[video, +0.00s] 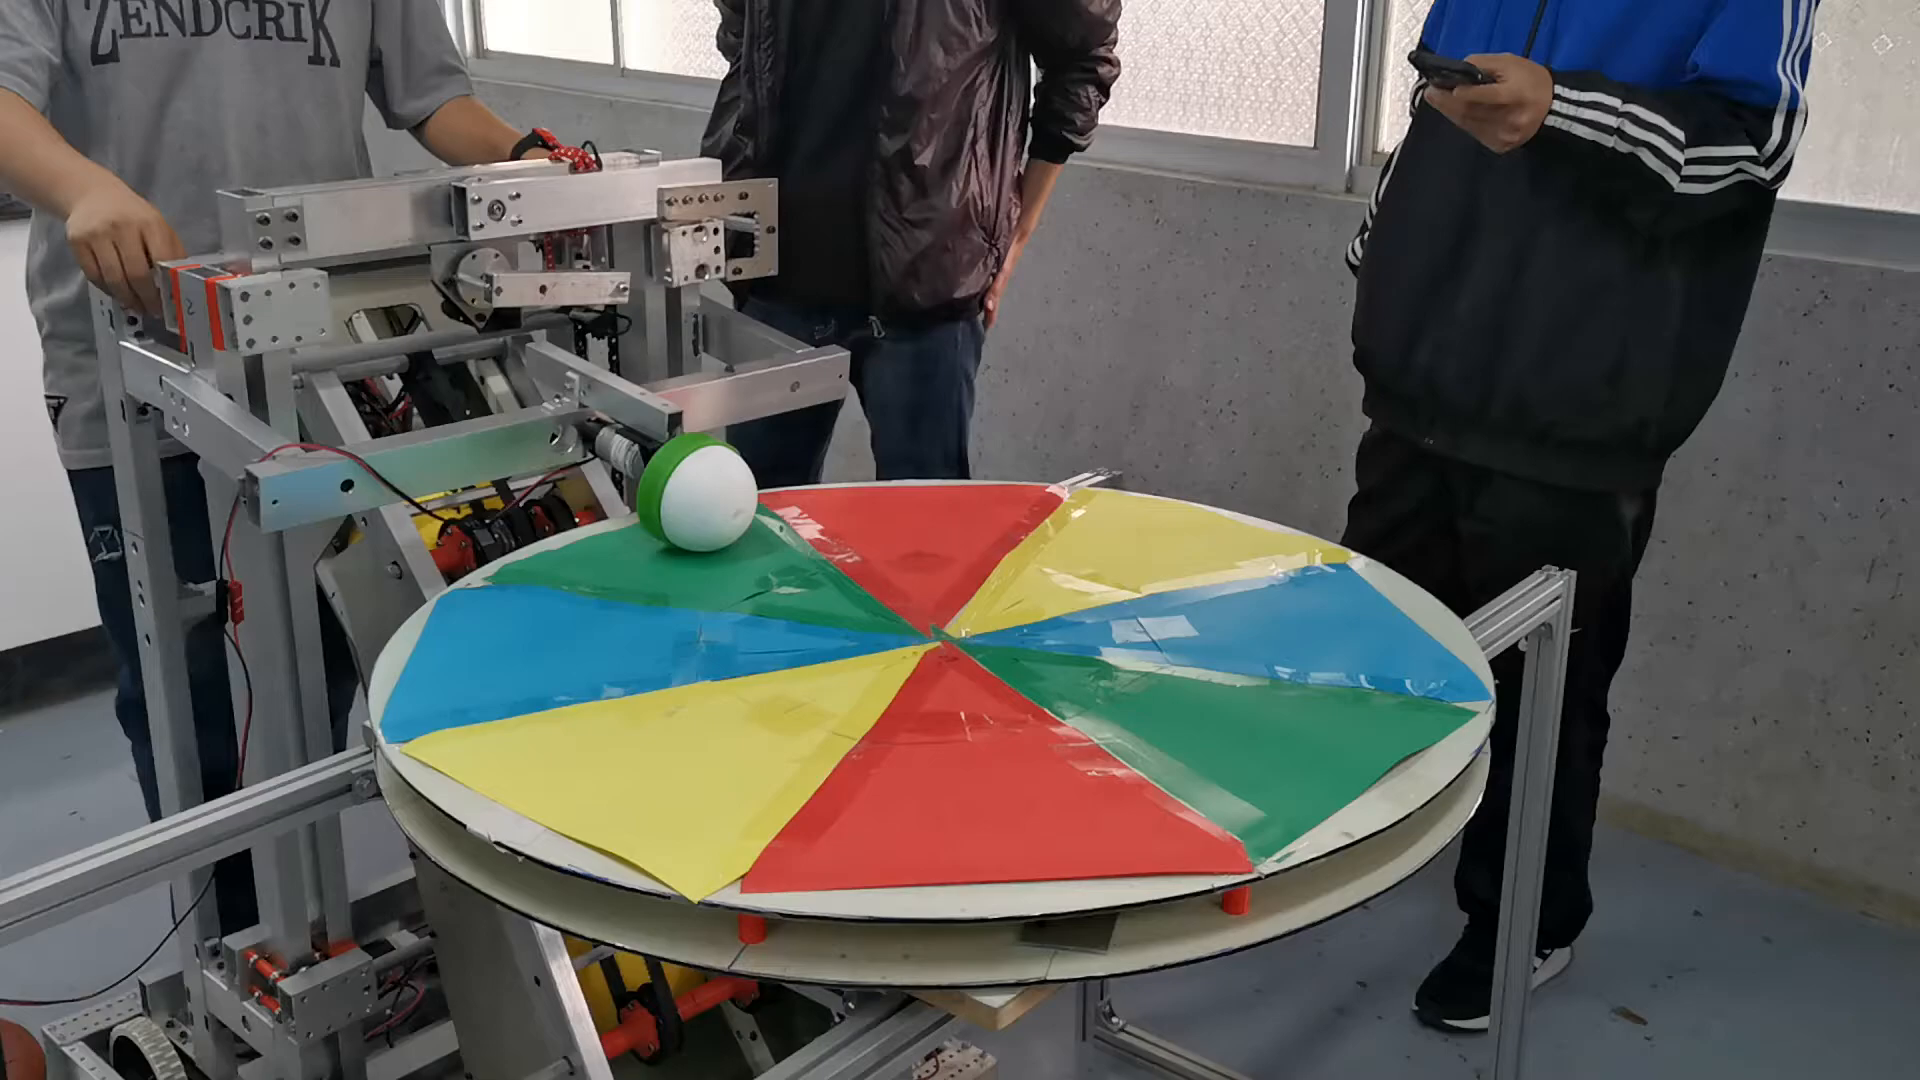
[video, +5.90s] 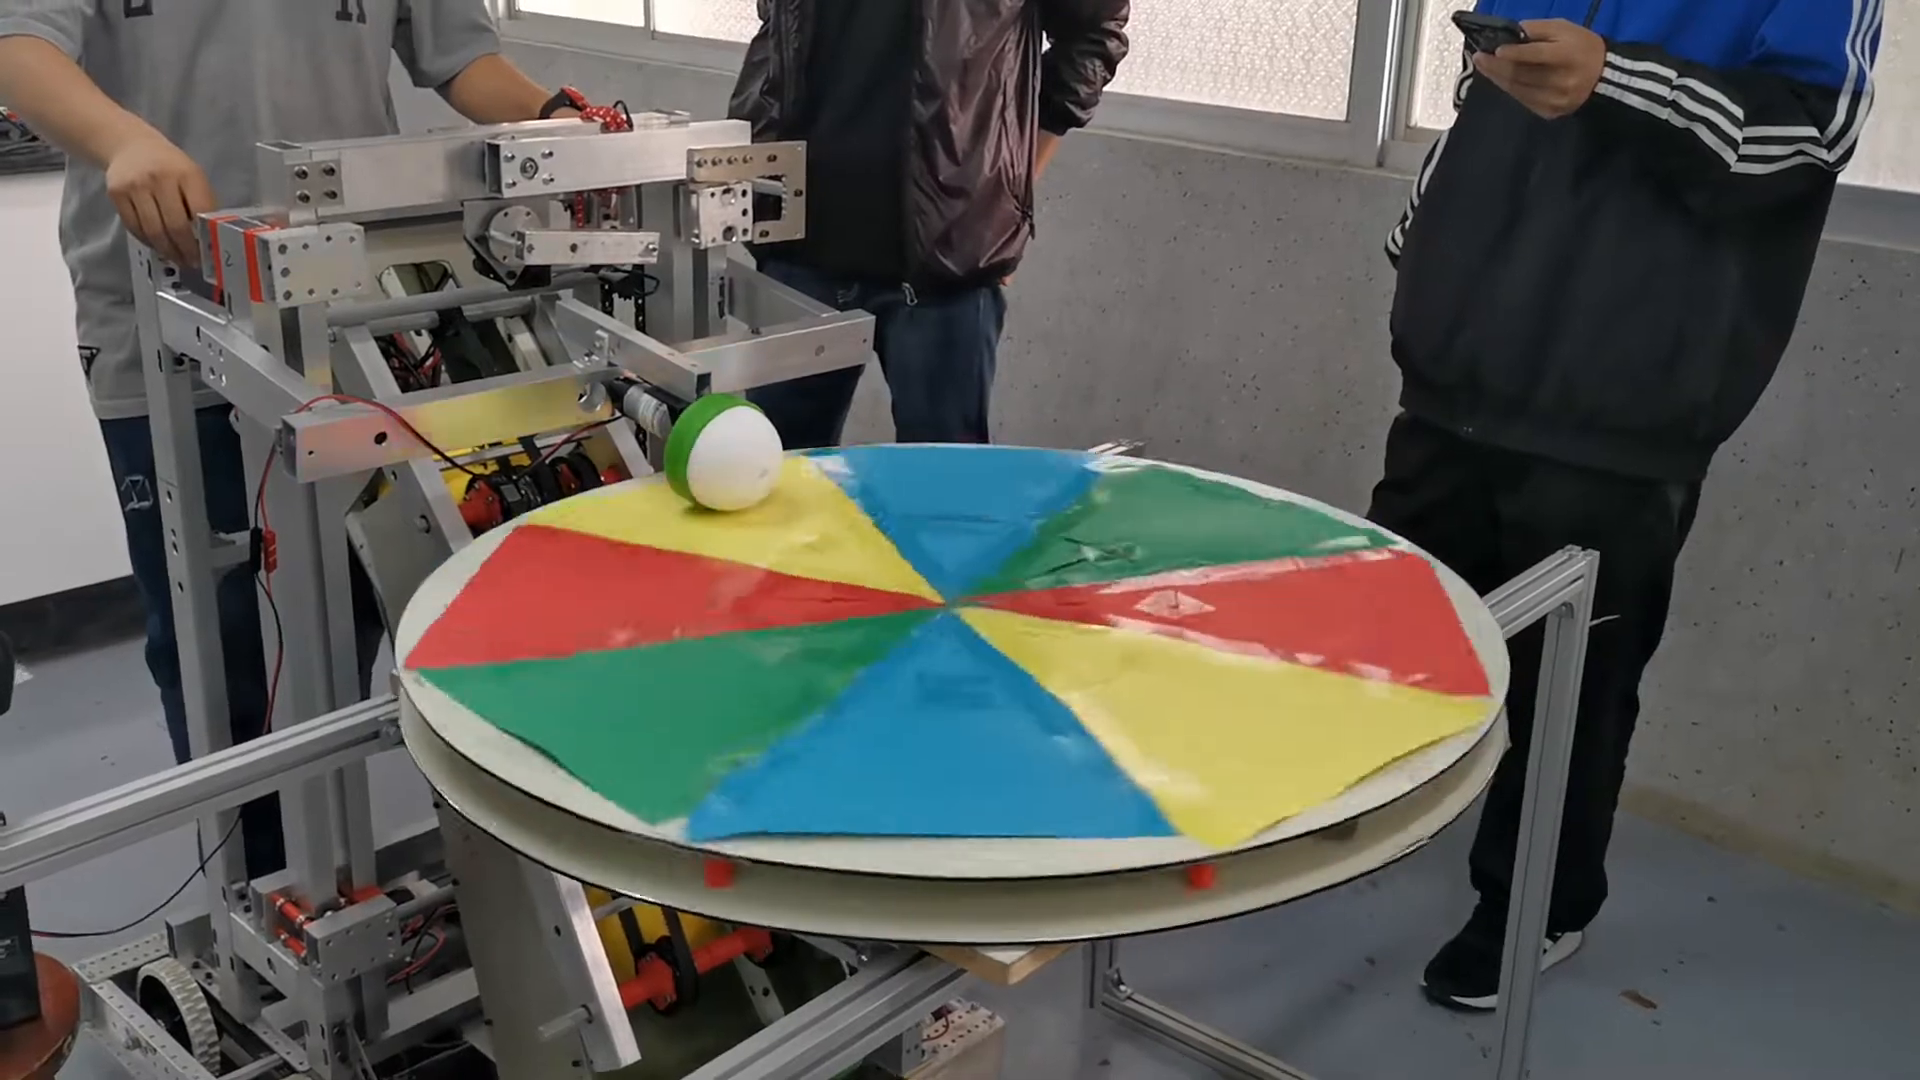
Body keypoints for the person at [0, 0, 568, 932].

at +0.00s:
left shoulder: (381, 7)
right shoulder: (47, 8)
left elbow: (429, 89)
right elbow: (5, 101)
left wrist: (528, 157)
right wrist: (83, 186)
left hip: (319, 366)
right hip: (126, 371)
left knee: (321, 664)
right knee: (180, 694)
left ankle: (309, 910)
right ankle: (229, 943)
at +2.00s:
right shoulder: (59, 7)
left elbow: (439, 69)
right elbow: (8, 73)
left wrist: (529, 130)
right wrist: (91, 163)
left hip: (328, 348)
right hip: (139, 355)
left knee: (335, 642)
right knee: (190, 676)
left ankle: (324, 894)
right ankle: (242, 922)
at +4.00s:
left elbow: (453, 53)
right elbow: (18, 52)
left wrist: (561, 128)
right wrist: (116, 141)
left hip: (346, 329)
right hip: (161, 336)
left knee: (348, 614)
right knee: (205, 645)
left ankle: (338, 867)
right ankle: (252, 892)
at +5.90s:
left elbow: (454, 48)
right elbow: (20, 45)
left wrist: (551, 115)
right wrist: (120, 138)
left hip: (346, 320)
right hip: (163, 325)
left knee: (351, 609)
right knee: (210, 638)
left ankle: (339, 855)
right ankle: (259, 885)